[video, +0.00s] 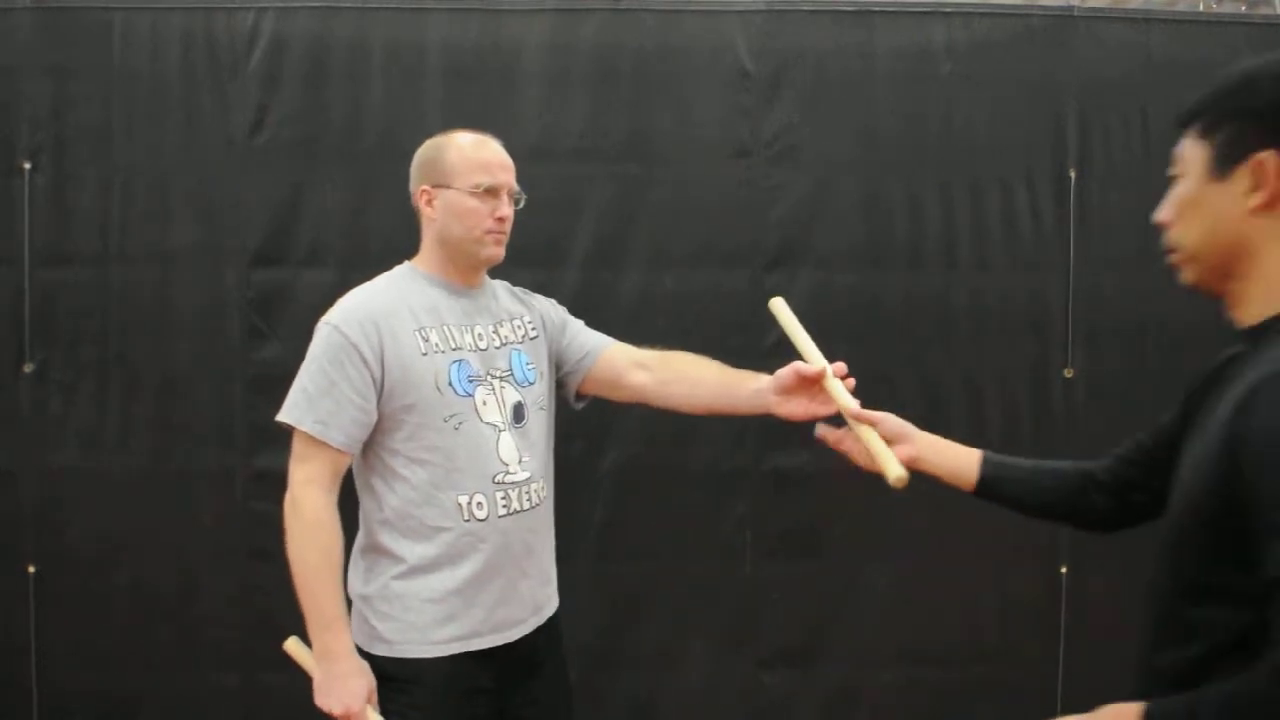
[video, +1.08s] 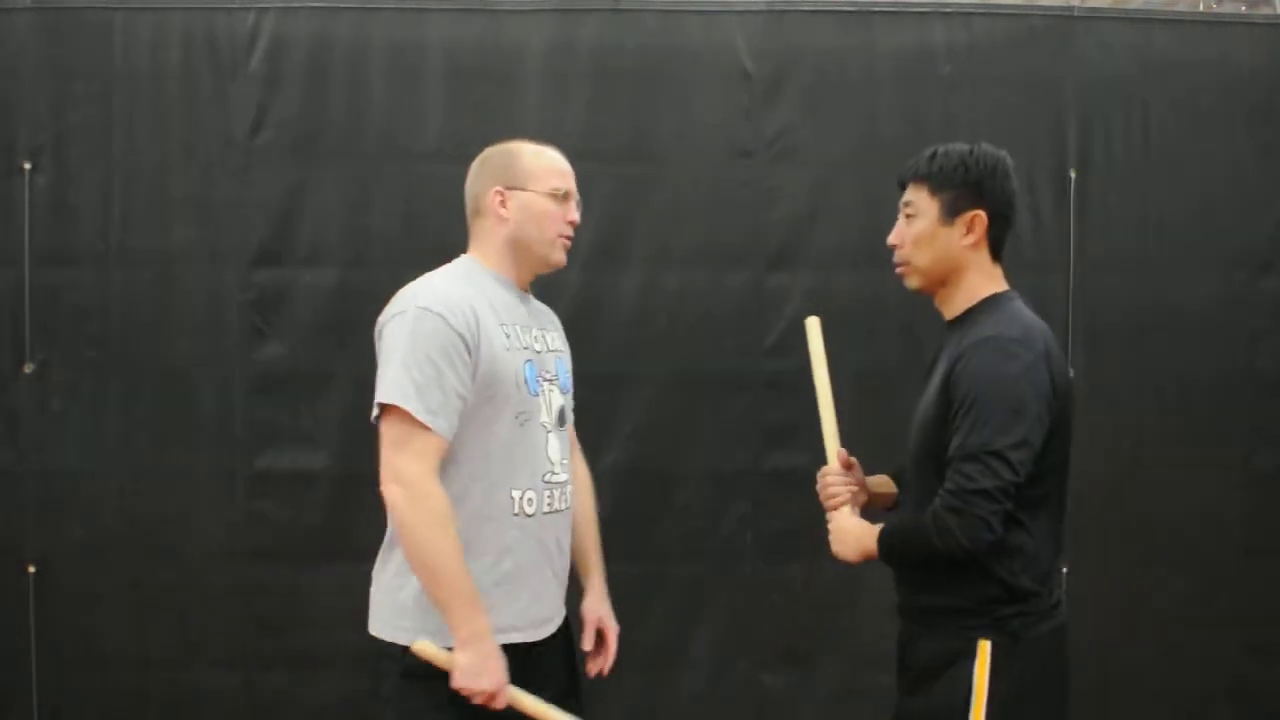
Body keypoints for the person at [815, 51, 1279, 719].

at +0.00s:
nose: (1159, 215)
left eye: (1179, 181)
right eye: (1169, 185)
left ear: (1260, 183)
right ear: (1255, 184)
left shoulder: (1265, 381)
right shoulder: (1241, 373)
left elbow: (1270, 670)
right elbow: (1113, 496)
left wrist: (1151, 711)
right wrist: (921, 449)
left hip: (1231, 704)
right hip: (1179, 698)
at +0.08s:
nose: (1101, 231)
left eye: (1118, 198)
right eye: (1108, 202)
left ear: (1192, 201)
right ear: (1189, 204)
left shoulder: (1228, 400)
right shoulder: (1211, 370)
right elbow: (1089, 504)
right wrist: (912, 454)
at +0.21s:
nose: (1023, 234)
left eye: (1036, 206)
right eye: (1028, 208)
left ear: (1098, 211)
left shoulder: (1124, 404)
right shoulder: (1196, 355)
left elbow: (1117, 667)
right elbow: (1074, 516)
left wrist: (980, 700)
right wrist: (906, 467)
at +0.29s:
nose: (983, 231)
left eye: (996, 204)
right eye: (987, 206)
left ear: (1054, 209)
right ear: (1057, 210)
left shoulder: (1071, 393)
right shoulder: (1173, 352)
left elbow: (1038, 649)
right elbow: (1083, 513)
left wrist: (922, 664)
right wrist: (908, 478)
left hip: (1069, 704)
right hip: (1164, 690)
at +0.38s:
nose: (954, 225)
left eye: (966, 199)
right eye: (958, 201)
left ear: (1027, 206)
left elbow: (986, 619)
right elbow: (1086, 514)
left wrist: (879, 632)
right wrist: (908, 483)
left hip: (1025, 698)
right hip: (1130, 682)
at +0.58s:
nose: (913, 231)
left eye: (928, 207)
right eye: (919, 207)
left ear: (989, 217)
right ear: (992, 219)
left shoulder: (1000, 372)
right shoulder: (1069, 348)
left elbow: (921, 579)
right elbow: (1031, 517)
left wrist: (841, 578)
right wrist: (904, 495)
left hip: (972, 693)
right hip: (1045, 678)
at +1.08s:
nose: (892, 238)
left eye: (910, 217)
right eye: (899, 218)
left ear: (971, 228)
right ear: (965, 230)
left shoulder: (1004, 351)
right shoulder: (975, 342)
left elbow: (971, 523)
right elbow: (954, 483)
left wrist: (873, 540)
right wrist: (875, 491)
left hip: (988, 654)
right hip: (957, 646)